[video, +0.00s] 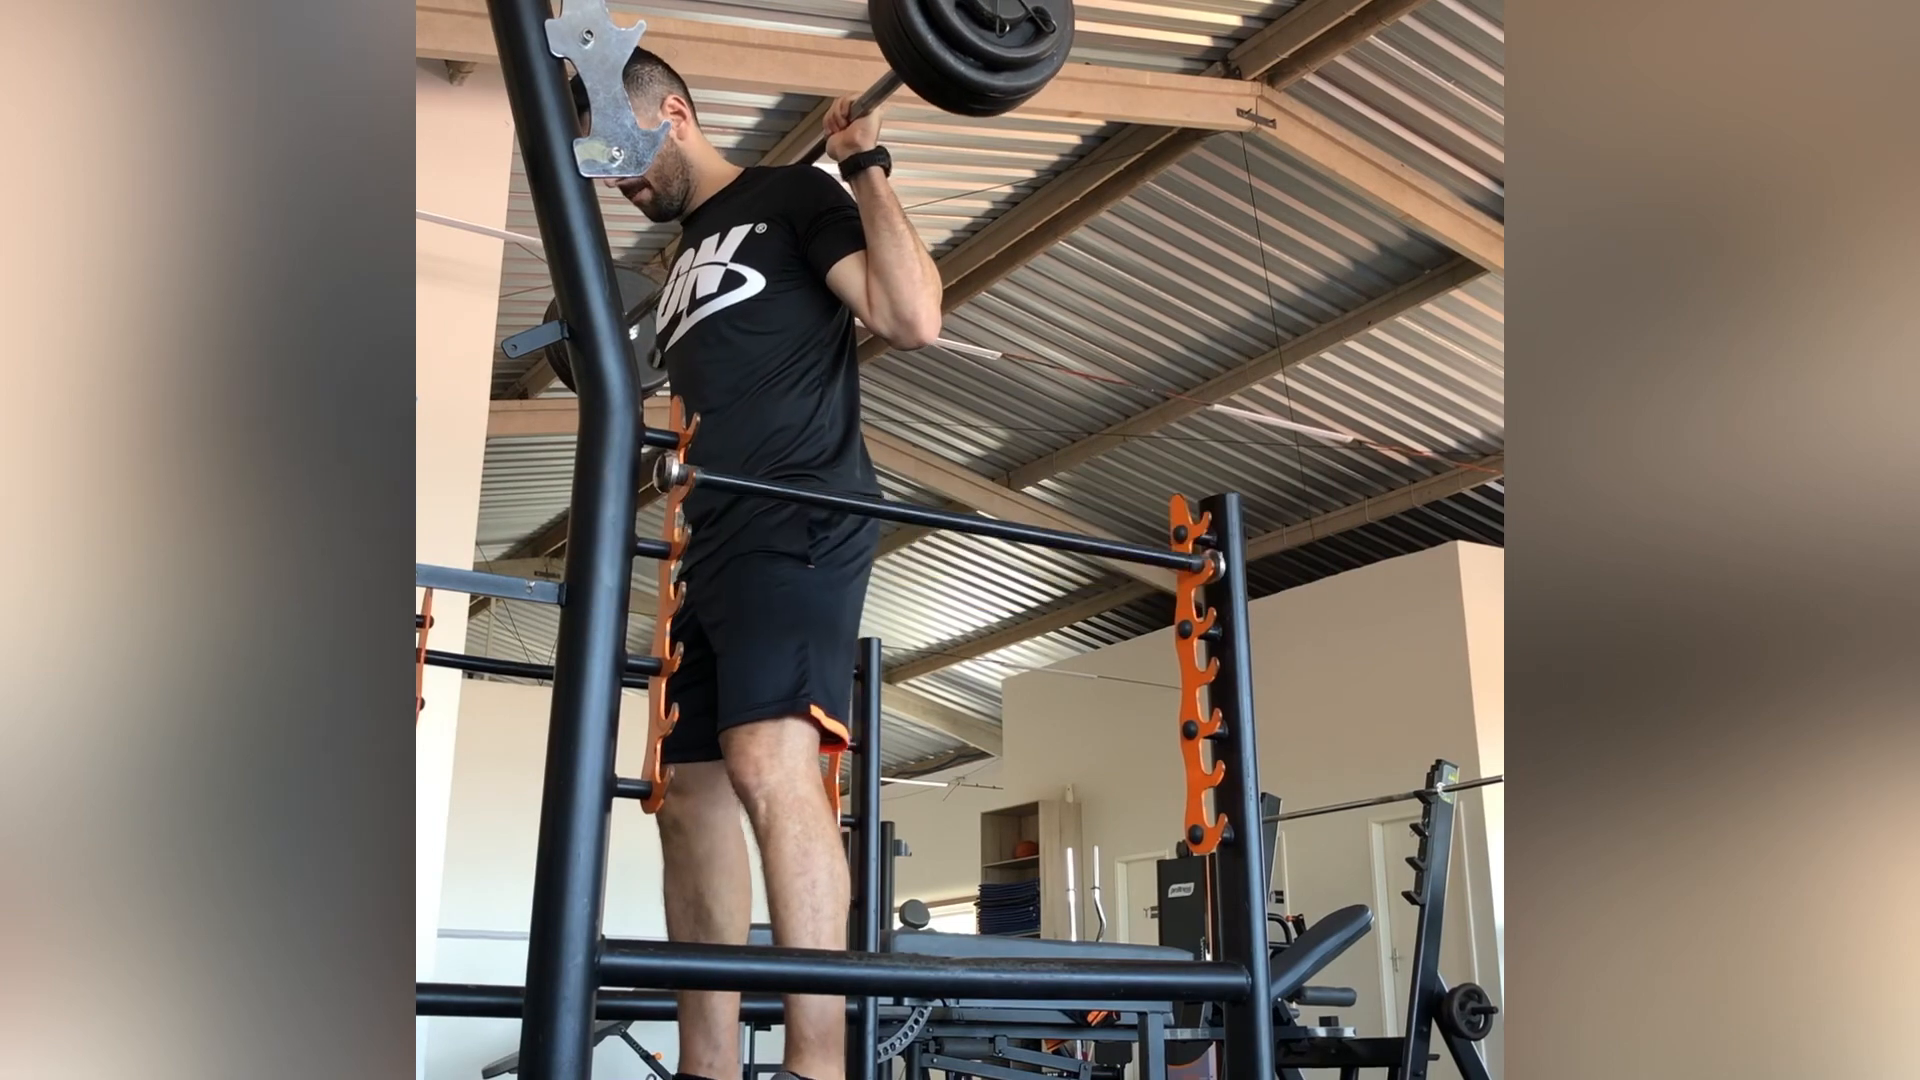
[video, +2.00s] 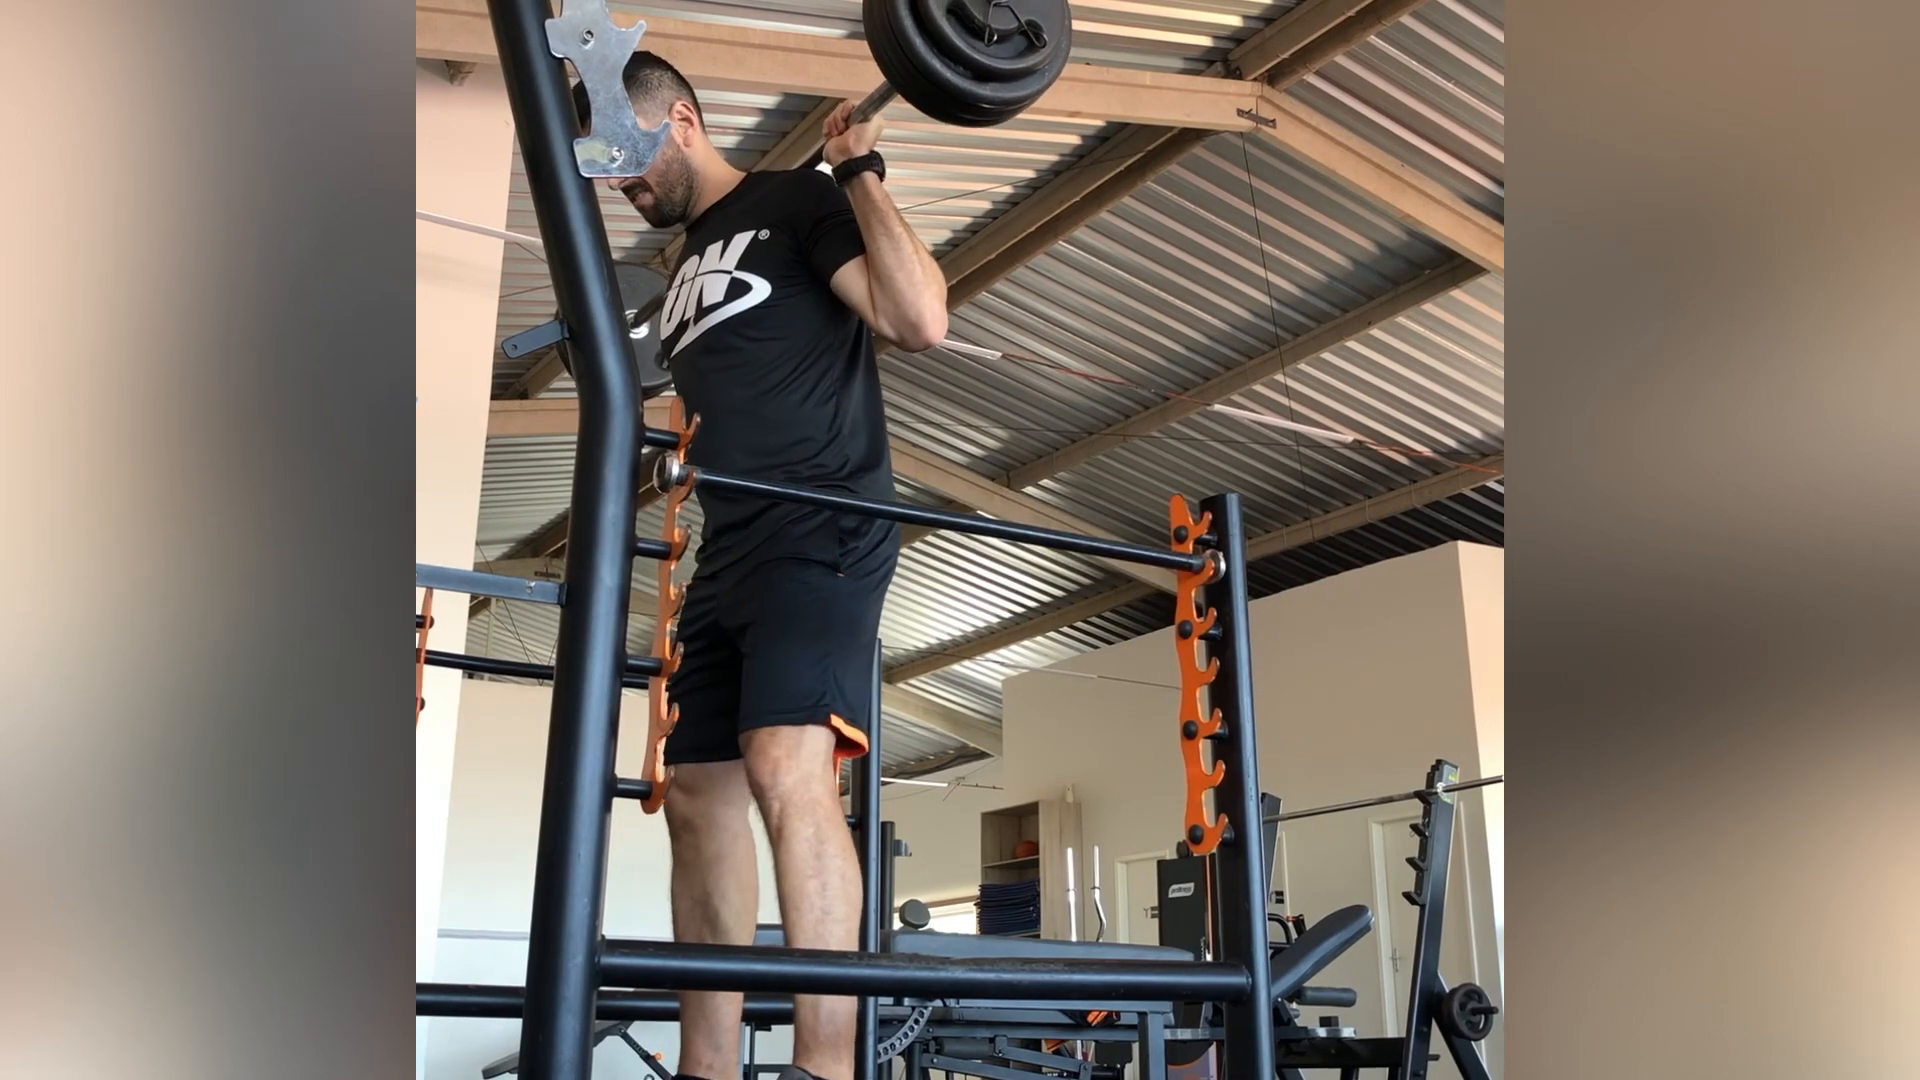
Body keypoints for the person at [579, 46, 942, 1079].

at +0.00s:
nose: (623, 181)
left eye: (630, 152)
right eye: (610, 166)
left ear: (679, 116)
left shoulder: (793, 194)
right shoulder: (685, 261)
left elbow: (915, 319)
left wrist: (869, 173)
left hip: (797, 514)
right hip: (719, 533)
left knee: (770, 756)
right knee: (691, 790)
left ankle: (821, 1063)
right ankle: (708, 1065)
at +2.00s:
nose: (624, 183)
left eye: (632, 154)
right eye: (611, 168)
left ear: (684, 120)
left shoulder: (799, 199)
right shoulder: (687, 270)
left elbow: (921, 321)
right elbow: (712, 415)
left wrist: (863, 174)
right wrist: (677, 455)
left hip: (819, 527)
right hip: (728, 543)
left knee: (788, 763)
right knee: (699, 788)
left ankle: (828, 1065)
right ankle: (708, 1066)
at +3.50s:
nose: (601, 200)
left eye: (611, 170)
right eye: (588, 180)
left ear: (674, 145)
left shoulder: (790, 218)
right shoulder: (670, 303)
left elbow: (919, 344)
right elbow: (698, 433)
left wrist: (855, 197)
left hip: (849, 538)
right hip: (752, 560)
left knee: (760, 756)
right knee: (659, 793)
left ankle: (822, 1066)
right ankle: (697, 1067)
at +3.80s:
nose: (601, 281)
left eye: (606, 252)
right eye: (588, 262)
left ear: (665, 229)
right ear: (654, 241)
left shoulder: (783, 305)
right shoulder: (671, 373)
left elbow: (909, 437)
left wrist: (842, 286)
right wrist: (643, 420)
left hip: (862, 605)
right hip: (763, 629)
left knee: (709, 779)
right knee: (595, 808)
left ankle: (816, 1068)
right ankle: (689, 1070)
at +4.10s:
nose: (570, 406)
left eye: (578, 376)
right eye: (557, 387)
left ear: (649, 350)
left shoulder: (766, 415)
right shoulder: (646, 487)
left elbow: (911, 550)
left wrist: (827, 407)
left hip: (882, 700)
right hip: (772, 721)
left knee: (690, 793)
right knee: (568, 833)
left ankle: (816, 1070)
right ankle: (685, 1074)